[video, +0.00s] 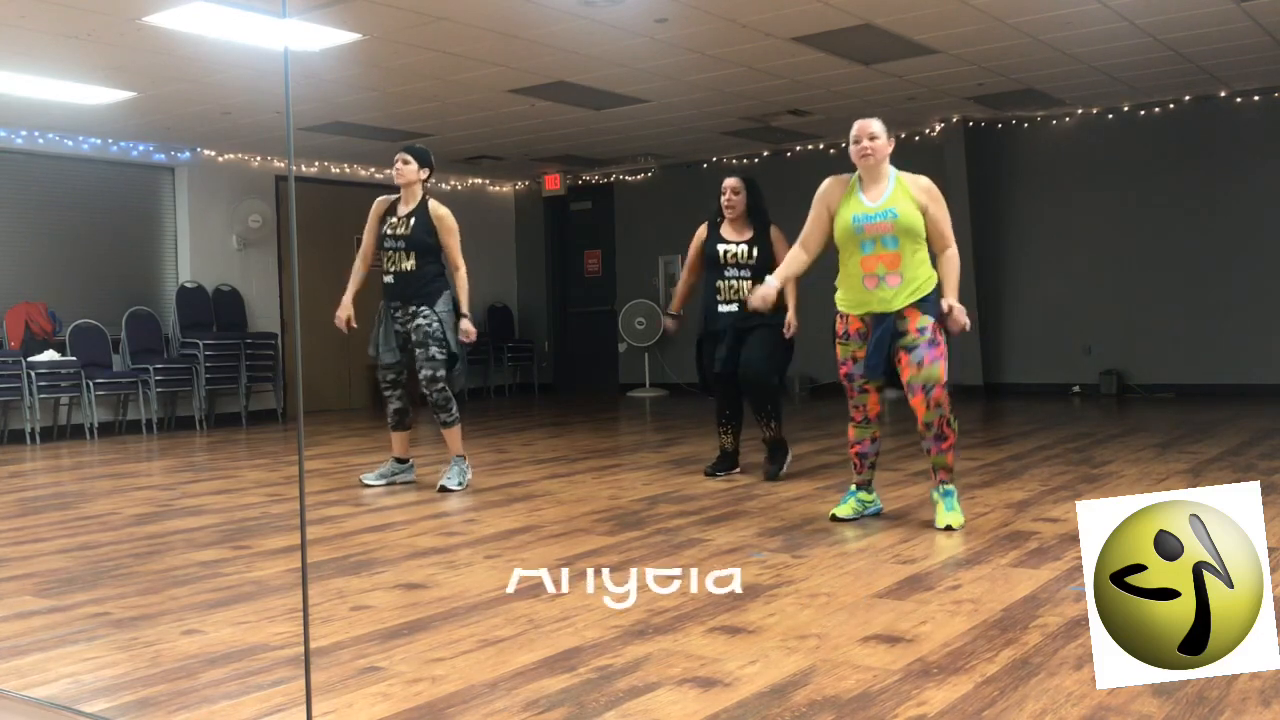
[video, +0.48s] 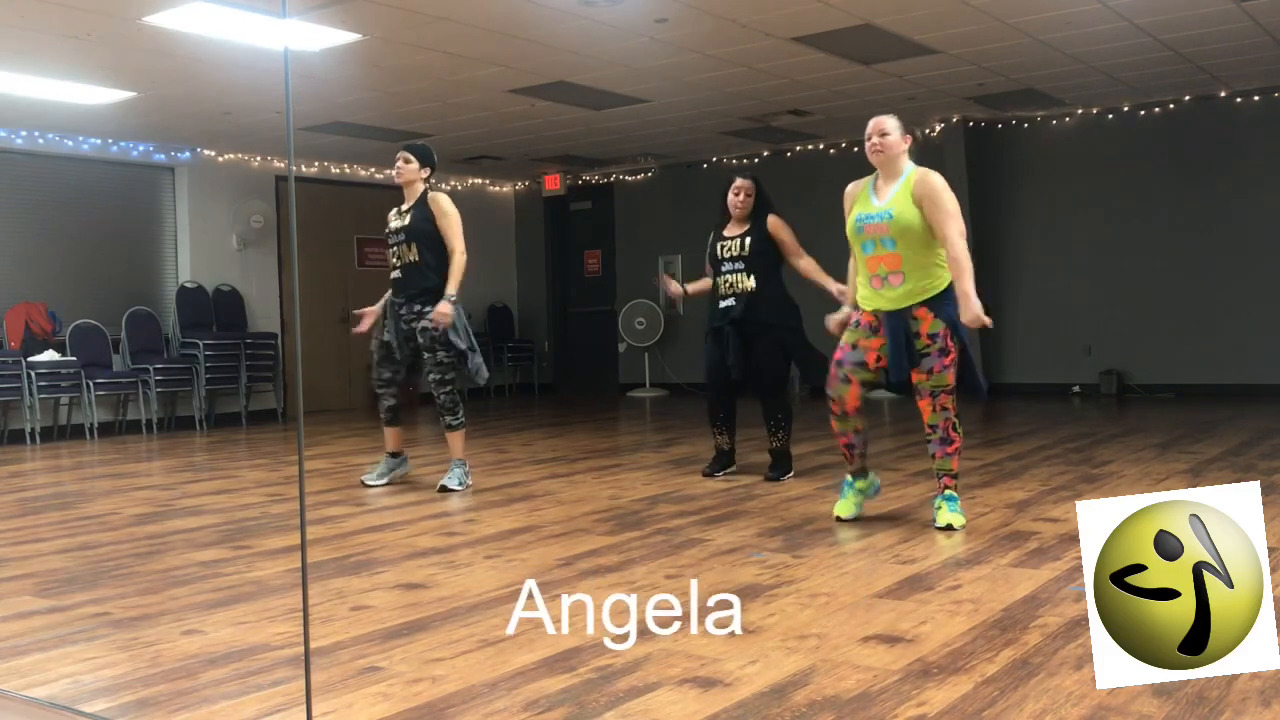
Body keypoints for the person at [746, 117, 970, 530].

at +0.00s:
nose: (864, 145)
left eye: (872, 137)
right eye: (856, 140)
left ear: (891, 144)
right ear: (849, 150)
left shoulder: (920, 188)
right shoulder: (834, 190)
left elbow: (946, 247)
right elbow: (804, 248)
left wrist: (950, 296)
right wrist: (774, 280)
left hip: (915, 311)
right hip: (856, 316)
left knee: (931, 397)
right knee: (861, 407)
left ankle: (945, 490)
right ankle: (863, 492)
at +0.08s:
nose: (871, 145)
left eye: (880, 137)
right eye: (864, 140)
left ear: (899, 143)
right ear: (857, 149)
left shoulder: (924, 190)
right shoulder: (840, 184)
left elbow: (950, 249)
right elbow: (810, 243)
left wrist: (940, 274)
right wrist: (787, 293)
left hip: (918, 309)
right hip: (862, 313)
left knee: (931, 402)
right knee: (870, 406)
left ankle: (946, 494)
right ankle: (866, 492)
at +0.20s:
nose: (879, 141)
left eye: (887, 133)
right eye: (872, 136)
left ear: (907, 140)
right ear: (865, 147)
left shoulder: (930, 188)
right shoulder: (849, 184)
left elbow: (954, 250)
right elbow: (827, 243)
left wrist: (936, 253)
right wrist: (816, 295)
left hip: (924, 307)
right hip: (866, 310)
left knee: (933, 400)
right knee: (859, 398)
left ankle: (946, 494)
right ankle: (863, 489)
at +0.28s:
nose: (883, 144)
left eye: (891, 136)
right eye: (877, 140)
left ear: (913, 144)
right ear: (871, 151)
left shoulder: (932, 189)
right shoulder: (858, 189)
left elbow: (955, 237)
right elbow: (847, 249)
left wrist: (928, 254)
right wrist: (846, 302)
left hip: (932, 312)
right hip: (876, 314)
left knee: (940, 401)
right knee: (832, 383)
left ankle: (948, 494)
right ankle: (854, 472)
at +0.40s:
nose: (882, 149)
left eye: (891, 141)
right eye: (877, 145)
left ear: (914, 149)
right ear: (873, 156)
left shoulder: (932, 192)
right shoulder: (862, 195)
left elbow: (949, 236)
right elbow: (861, 253)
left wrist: (942, 287)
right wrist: (863, 304)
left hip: (931, 314)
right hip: (876, 317)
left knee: (941, 404)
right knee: (826, 376)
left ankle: (947, 494)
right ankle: (852, 462)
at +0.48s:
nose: (874, 141)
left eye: (883, 133)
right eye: (868, 137)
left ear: (906, 141)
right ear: (865, 150)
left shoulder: (927, 183)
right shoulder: (855, 193)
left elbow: (955, 240)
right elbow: (857, 254)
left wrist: (968, 298)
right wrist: (849, 307)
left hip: (928, 309)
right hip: (873, 312)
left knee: (937, 403)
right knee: (840, 384)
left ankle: (947, 494)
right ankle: (860, 478)